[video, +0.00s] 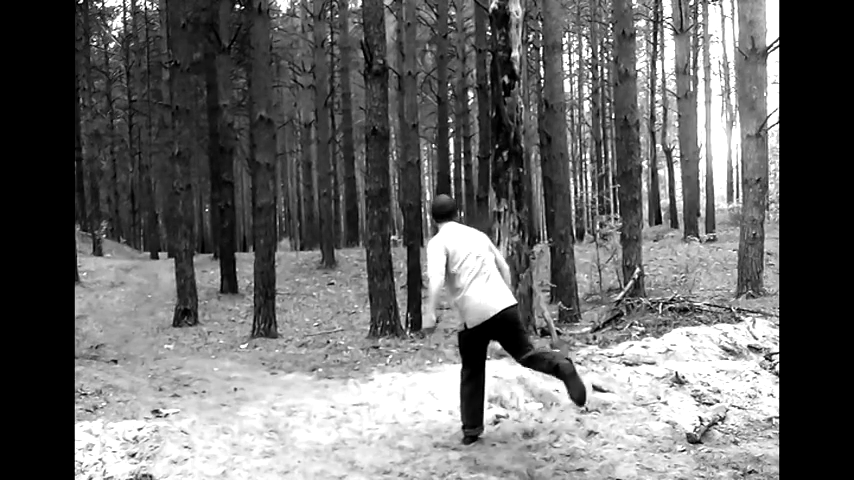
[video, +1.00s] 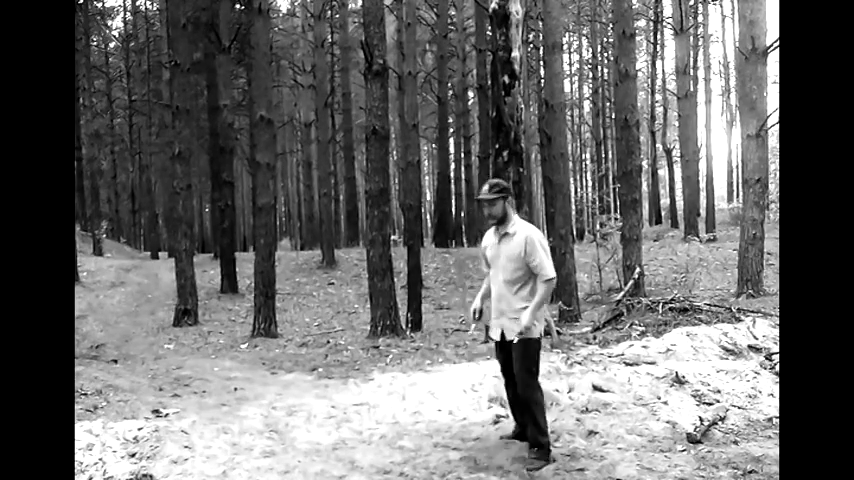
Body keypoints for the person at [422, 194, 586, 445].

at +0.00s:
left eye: (433, 217)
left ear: (433, 218)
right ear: (456, 213)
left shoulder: (437, 242)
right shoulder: (477, 234)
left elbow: (436, 281)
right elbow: (503, 266)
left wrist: (430, 314)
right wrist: (507, 296)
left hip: (475, 315)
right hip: (505, 304)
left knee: (472, 372)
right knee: (526, 354)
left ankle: (471, 430)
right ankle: (561, 365)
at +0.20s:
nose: (439, 210)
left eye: (439, 206)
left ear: (441, 209)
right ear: (465, 205)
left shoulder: (449, 238)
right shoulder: (487, 228)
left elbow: (450, 281)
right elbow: (511, 260)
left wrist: (441, 314)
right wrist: (509, 290)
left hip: (479, 316)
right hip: (508, 308)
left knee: (473, 372)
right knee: (511, 362)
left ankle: (473, 429)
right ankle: (534, 417)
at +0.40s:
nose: (453, 212)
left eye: (454, 206)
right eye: (453, 207)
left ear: (462, 205)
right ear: (477, 203)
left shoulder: (477, 232)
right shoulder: (496, 225)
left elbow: (471, 278)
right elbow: (501, 270)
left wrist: (449, 291)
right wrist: (470, 294)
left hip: (490, 318)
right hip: (514, 313)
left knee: (474, 377)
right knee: (510, 371)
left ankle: (471, 431)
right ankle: (526, 429)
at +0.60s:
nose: (463, 210)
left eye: (465, 203)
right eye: (462, 204)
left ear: (478, 200)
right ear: (480, 201)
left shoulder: (499, 227)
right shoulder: (496, 225)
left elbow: (500, 271)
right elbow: (494, 268)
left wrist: (460, 269)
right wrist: (460, 268)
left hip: (502, 314)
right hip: (514, 313)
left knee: (483, 367)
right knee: (515, 368)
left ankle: (494, 430)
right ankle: (527, 427)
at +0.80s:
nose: (474, 207)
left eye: (477, 201)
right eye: (472, 202)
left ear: (493, 199)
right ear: (482, 202)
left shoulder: (515, 229)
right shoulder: (489, 231)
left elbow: (526, 273)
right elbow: (497, 270)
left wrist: (494, 296)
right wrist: (474, 280)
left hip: (513, 315)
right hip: (501, 314)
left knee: (502, 370)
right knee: (518, 369)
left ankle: (528, 435)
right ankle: (528, 426)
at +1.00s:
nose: (487, 210)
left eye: (491, 204)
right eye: (483, 204)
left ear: (506, 202)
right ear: (482, 206)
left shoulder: (529, 235)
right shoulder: (489, 237)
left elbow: (548, 280)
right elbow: (493, 274)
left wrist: (530, 316)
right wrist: (479, 299)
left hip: (526, 326)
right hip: (500, 326)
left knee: (526, 384)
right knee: (511, 382)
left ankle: (541, 447)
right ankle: (522, 427)